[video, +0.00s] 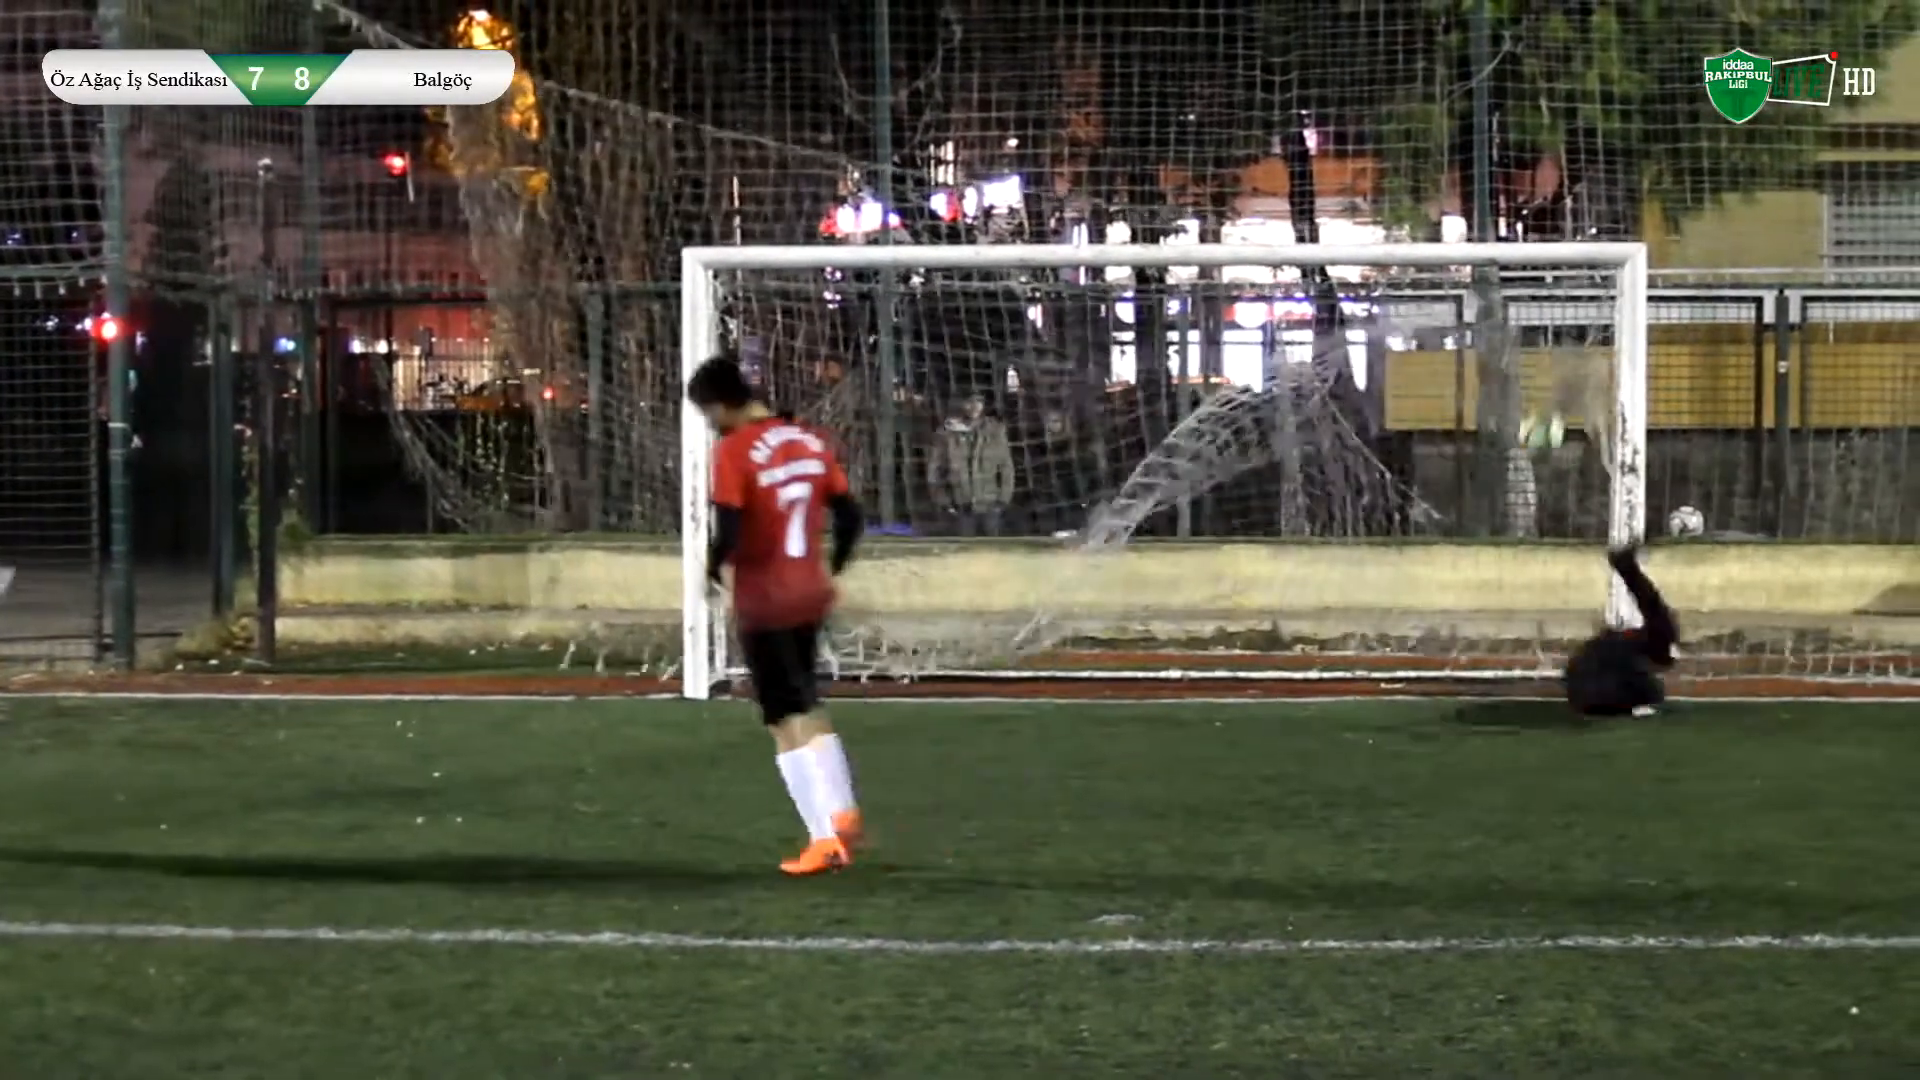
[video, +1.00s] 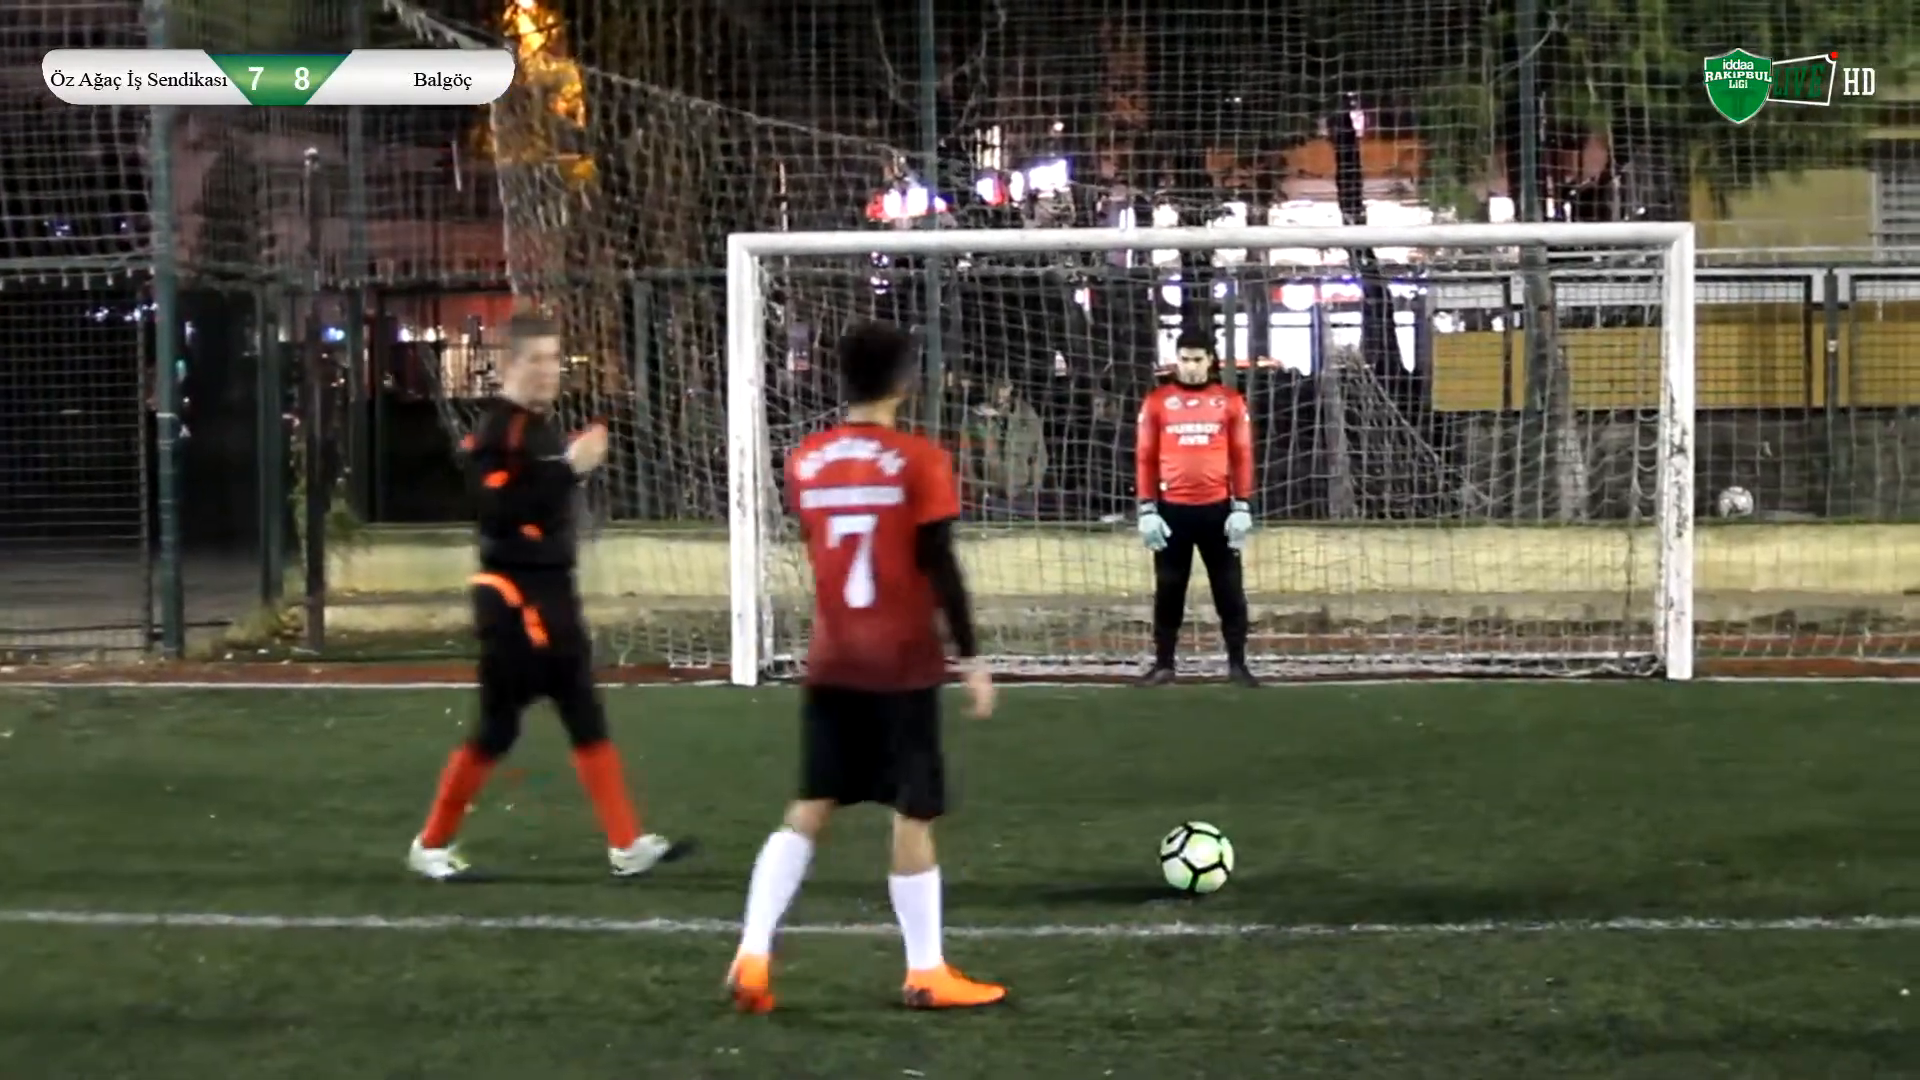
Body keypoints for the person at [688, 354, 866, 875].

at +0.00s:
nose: (709, 423)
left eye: (707, 412)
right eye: (704, 413)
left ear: (722, 404)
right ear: (749, 394)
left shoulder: (733, 450)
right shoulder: (807, 439)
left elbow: (728, 525)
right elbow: (849, 512)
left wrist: (712, 567)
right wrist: (834, 569)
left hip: (764, 603)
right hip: (811, 594)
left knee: (783, 717)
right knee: (807, 705)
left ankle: (822, 836)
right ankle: (843, 811)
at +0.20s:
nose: (618, 432)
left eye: (620, 420)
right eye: (615, 422)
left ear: (642, 412)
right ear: (659, 408)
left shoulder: (656, 456)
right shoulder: (716, 445)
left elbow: (656, 539)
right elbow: (767, 506)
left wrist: (615, 566)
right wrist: (749, 569)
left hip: (687, 609)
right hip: (721, 602)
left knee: (714, 725)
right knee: (683, 716)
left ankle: (794, 815)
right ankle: (661, 816)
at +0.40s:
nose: (665, 354)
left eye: (669, 343)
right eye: (654, 343)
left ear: (672, 351)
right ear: (628, 351)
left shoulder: (661, 411)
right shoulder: (620, 408)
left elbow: (685, 501)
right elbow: (619, 483)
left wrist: (701, 566)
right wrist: (680, 434)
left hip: (670, 571)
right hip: (638, 570)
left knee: (672, 702)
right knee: (671, 701)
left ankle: (635, 827)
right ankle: (634, 829)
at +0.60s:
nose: (635, 358)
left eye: (641, 347)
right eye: (623, 348)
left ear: (647, 355)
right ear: (595, 356)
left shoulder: (636, 416)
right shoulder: (582, 416)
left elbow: (652, 504)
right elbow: (585, 489)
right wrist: (652, 443)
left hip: (647, 575)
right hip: (607, 576)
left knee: (649, 710)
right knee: (629, 709)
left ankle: (645, 843)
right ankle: (524, 812)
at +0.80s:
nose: (597, 366)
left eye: (603, 355)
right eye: (585, 355)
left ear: (609, 361)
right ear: (559, 358)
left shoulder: (595, 418)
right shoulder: (545, 421)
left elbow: (599, 499)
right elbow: (545, 499)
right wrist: (612, 450)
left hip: (606, 580)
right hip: (565, 581)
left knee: (631, 709)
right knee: (555, 724)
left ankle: (644, 845)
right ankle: (458, 821)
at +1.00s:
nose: (550, 371)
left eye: (555, 360)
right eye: (538, 360)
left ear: (557, 366)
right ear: (508, 366)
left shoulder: (544, 428)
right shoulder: (497, 428)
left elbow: (540, 502)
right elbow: (493, 501)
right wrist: (570, 465)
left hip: (549, 586)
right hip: (510, 587)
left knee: (585, 712)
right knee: (497, 726)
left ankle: (628, 842)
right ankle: (432, 844)